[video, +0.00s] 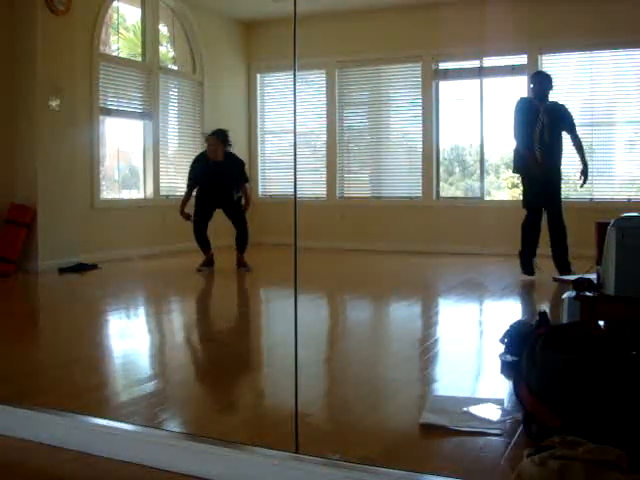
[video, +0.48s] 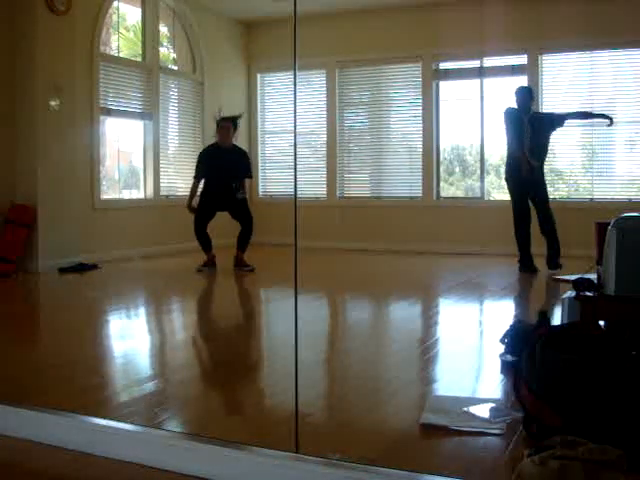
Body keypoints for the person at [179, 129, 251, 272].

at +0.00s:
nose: (209, 148)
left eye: (212, 144)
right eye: (208, 144)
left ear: (222, 145)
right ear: (206, 144)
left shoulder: (235, 162)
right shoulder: (200, 161)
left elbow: (243, 184)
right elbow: (191, 186)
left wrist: (247, 201)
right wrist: (182, 208)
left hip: (228, 198)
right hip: (206, 198)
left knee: (242, 227)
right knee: (199, 229)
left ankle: (240, 259)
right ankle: (209, 258)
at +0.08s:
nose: (212, 154)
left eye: (216, 151)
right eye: (210, 150)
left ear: (225, 151)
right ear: (208, 149)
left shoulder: (236, 165)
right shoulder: (201, 164)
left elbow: (243, 185)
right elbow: (192, 188)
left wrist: (246, 199)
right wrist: (184, 209)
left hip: (229, 200)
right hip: (206, 201)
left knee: (243, 227)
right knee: (198, 230)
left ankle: (240, 259)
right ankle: (208, 258)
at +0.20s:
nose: (216, 161)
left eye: (220, 158)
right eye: (214, 156)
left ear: (227, 156)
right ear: (211, 152)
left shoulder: (238, 163)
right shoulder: (203, 161)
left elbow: (241, 186)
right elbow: (196, 186)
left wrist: (244, 205)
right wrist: (190, 205)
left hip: (230, 199)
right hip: (208, 199)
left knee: (246, 228)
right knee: (198, 232)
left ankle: (239, 259)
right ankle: (209, 258)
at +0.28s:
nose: (222, 135)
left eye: (226, 131)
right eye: (220, 130)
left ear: (232, 129)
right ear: (215, 128)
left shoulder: (239, 147)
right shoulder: (204, 145)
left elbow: (240, 171)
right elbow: (197, 171)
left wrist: (242, 190)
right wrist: (192, 194)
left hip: (231, 193)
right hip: (209, 192)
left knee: (242, 226)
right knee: (201, 228)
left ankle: (237, 258)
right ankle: (210, 257)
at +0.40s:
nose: (224, 128)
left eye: (227, 124)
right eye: (221, 123)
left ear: (233, 126)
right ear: (216, 125)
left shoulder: (239, 148)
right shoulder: (206, 147)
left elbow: (242, 174)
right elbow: (197, 174)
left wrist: (244, 193)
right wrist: (190, 196)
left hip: (231, 193)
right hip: (210, 193)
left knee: (245, 224)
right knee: (199, 226)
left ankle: (239, 258)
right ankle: (210, 258)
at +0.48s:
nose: (224, 133)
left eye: (228, 129)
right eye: (221, 129)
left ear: (234, 132)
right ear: (216, 131)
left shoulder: (241, 154)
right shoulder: (207, 153)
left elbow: (245, 180)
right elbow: (197, 179)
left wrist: (247, 199)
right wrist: (190, 201)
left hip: (233, 197)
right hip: (211, 197)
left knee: (247, 223)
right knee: (199, 226)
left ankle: (239, 259)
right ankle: (210, 258)